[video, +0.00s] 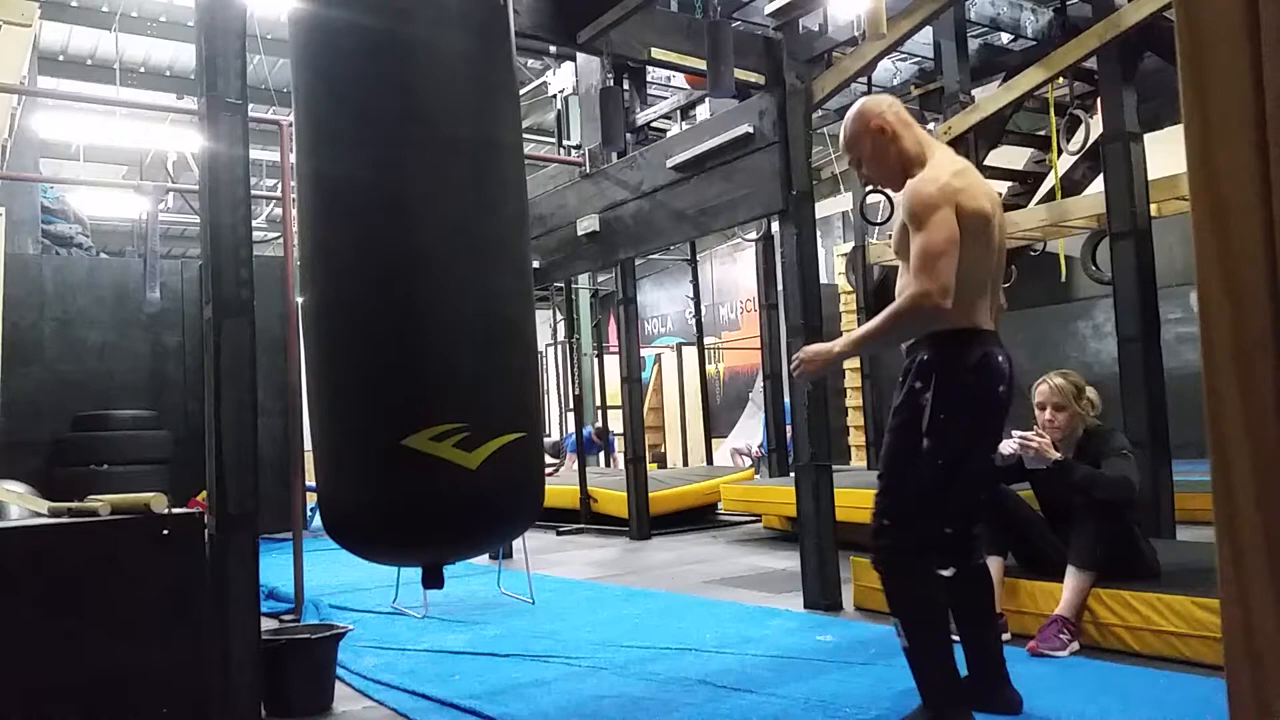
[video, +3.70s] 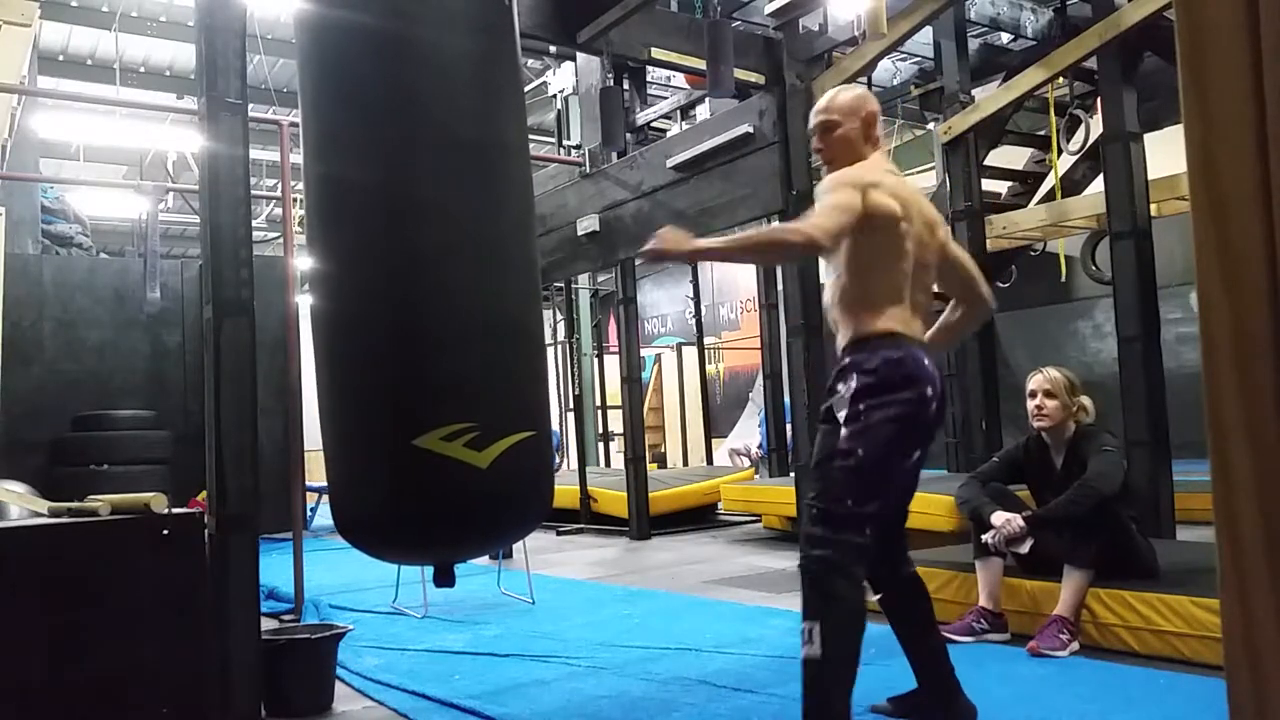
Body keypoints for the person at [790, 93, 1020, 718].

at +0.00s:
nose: (869, 183)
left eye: (862, 167)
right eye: (860, 173)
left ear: (885, 132)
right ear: (896, 129)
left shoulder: (929, 187)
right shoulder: (976, 183)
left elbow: (930, 298)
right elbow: (995, 287)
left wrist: (838, 349)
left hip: (944, 374)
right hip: (983, 370)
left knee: (894, 546)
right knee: (954, 536)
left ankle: (942, 701)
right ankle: (991, 685)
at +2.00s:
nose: (836, 160)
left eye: (843, 145)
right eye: (833, 148)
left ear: (881, 132)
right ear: (879, 137)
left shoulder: (915, 191)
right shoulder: (907, 193)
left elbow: (933, 288)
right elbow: (899, 302)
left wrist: (850, 353)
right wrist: (863, 378)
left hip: (906, 378)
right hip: (913, 375)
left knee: (897, 537)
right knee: (942, 527)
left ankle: (902, 704)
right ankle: (975, 678)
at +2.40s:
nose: (820, 144)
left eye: (824, 128)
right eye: (815, 133)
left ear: (862, 115)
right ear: (870, 117)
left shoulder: (874, 176)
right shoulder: (913, 179)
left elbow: (888, 258)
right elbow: (945, 298)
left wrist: (784, 264)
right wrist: (851, 327)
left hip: (873, 361)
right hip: (912, 358)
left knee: (849, 534)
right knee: (909, 520)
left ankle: (891, 700)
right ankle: (961, 671)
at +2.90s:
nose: (834, 158)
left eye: (843, 143)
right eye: (830, 146)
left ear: (883, 134)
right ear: (883, 138)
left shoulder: (886, 196)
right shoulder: (930, 199)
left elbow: (878, 287)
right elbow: (956, 317)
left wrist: (791, 354)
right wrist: (859, 345)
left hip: (891, 380)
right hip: (929, 377)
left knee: (859, 555)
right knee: (921, 539)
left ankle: (900, 709)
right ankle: (986, 682)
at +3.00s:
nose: (840, 155)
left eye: (849, 141)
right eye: (836, 143)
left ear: (887, 133)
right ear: (892, 138)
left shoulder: (892, 196)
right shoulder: (932, 195)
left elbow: (895, 300)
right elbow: (954, 308)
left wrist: (858, 395)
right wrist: (861, 343)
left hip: (902, 373)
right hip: (938, 370)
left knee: (873, 546)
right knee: (936, 533)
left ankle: (901, 706)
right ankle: (987, 681)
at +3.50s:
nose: (836, 125)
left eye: (846, 111)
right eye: (833, 114)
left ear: (882, 107)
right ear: (887, 113)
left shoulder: (886, 163)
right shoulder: (928, 172)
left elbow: (904, 246)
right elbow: (975, 275)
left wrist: (806, 290)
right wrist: (904, 303)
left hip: (881, 341)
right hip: (925, 343)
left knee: (838, 515)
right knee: (911, 517)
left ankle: (874, 691)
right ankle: (960, 670)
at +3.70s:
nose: (817, 143)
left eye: (827, 129)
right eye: (814, 132)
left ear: (871, 125)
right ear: (872, 134)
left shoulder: (849, 182)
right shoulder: (914, 199)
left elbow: (808, 237)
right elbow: (977, 299)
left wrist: (694, 248)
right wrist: (918, 348)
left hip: (873, 378)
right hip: (914, 379)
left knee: (828, 549)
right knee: (883, 552)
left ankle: (825, 711)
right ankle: (942, 695)